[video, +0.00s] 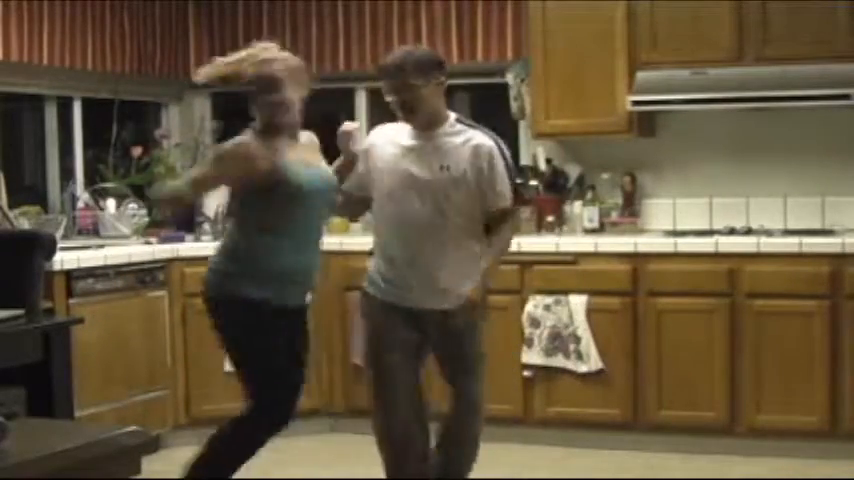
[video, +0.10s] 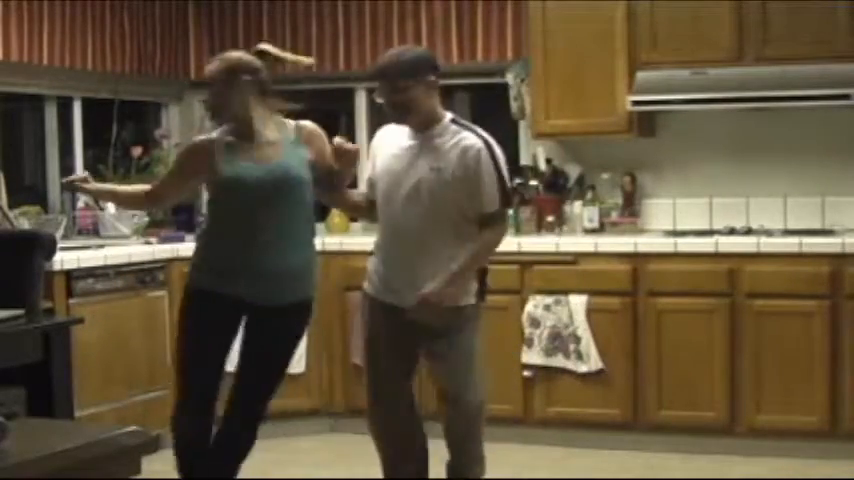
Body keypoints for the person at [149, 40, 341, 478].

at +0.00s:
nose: (276, 97)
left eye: (283, 86)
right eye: (264, 89)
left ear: (302, 91)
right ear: (251, 98)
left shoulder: (310, 144)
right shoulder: (244, 151)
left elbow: (318, 197)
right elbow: (173, 196)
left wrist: (348, 159)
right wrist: (224, 177)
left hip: (288, 297)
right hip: (239, 293)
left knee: (278, 407)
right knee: (273, 405)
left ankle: (208, 470)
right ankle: (202, 473)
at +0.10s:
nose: (208, 101)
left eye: (215, 89)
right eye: (207, 91)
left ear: (246, 86)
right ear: (235, 90)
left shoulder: (308, 137)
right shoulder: (207, 150)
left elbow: (336, 195)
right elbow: (154, 198)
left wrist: (348, 170)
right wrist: (96, 190)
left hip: (286, 293)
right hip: (216, 287)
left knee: (246, 413)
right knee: (194, 407)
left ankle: (217, 475)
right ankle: (194, 472)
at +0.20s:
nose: (186, 97)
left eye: (193, 88)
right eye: (187, 89)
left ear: (220, 90)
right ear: (215, 93)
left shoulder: (269, 132)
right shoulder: (206, 145)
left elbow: (340, 173)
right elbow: (208, 201)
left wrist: (284, 164)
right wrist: (163, 191)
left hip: (261, 289)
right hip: (210, 287)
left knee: (202, 395)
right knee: (173, 390)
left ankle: (240, 473)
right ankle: (233, 469)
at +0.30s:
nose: (185, 95)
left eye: (193, 87)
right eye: (186, 87)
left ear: (219, 89)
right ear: (233, 91)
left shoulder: (222, 127)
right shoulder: (263, 142)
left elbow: (229, 169)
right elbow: (280, 212)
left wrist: (164, 144)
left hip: (217, 278)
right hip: (255, 279)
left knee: (176, 388)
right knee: (198, 386)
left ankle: (232, 472)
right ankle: (236, 471)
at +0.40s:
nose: (195, 87)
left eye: (198, 80)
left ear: (201, 85)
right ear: (249, 88)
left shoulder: (176, 134)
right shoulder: (273, 148)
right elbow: (295, 219)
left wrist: (99, 136)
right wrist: (321, 201)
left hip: (179, 284)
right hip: (247, 290)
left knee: (180, 395)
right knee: (223, 396)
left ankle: (188, 472)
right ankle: (220, 474)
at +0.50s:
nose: (252, 96)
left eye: (250, 88)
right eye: (247, 88)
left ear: (200, 91)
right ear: (229, 93)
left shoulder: (163, 140)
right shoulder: (250, 148)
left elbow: (100, 174)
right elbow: (277, 223)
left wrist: (130, 129)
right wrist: (330, 198)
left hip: (168, 284)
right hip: (230, 292)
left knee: (192, 385)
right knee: (226, 406)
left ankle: (145, 464)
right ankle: (193, 476)